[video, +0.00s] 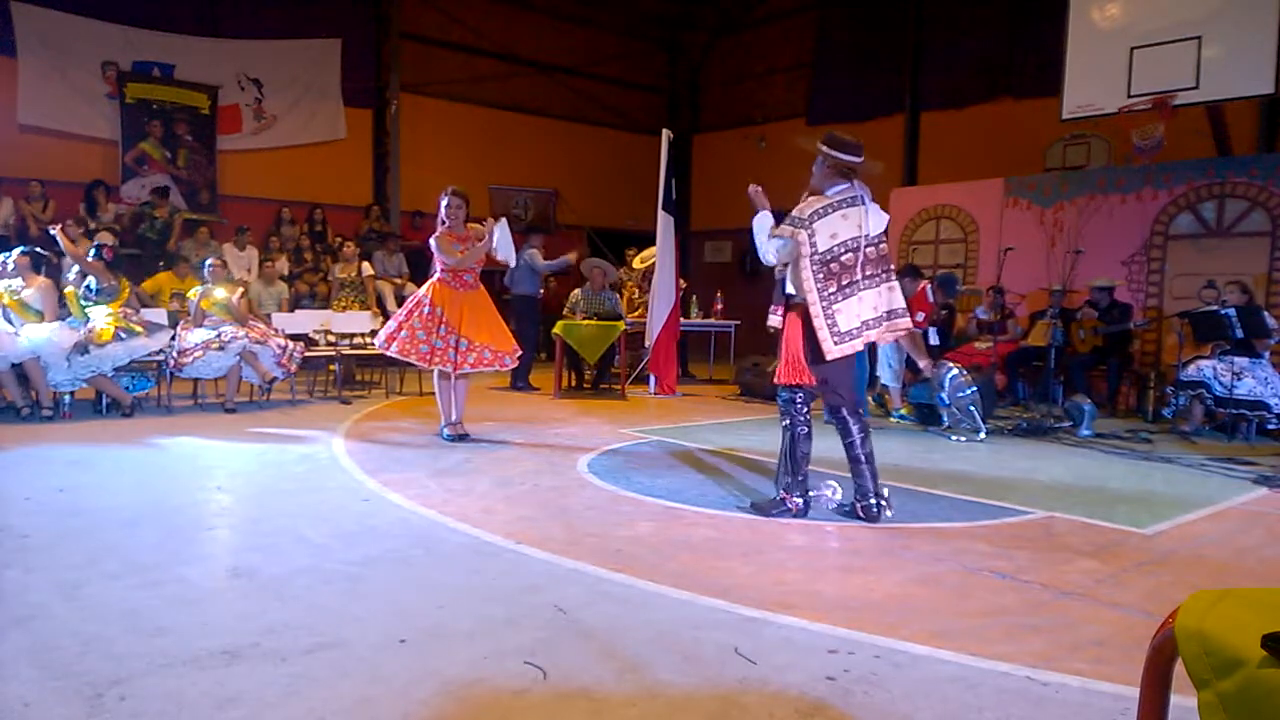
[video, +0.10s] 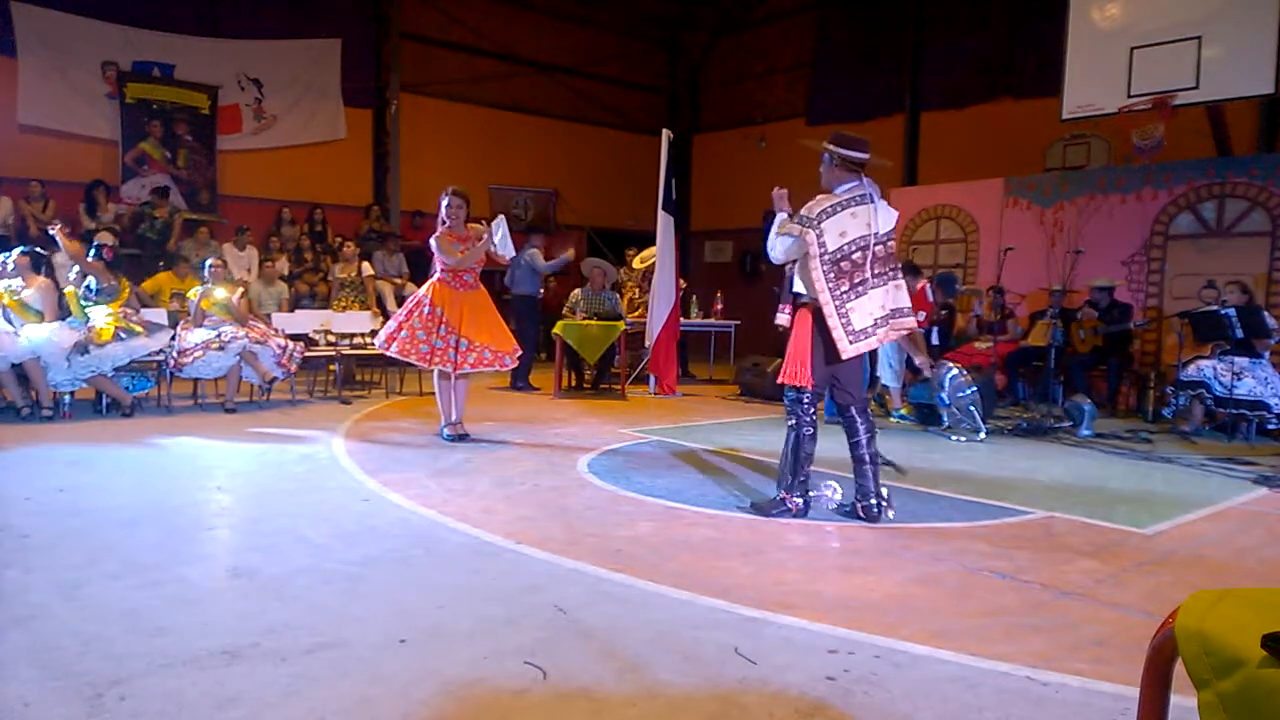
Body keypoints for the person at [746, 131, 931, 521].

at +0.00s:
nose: (813, 168)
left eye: (818, 163)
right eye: (817, 162)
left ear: (830, 168)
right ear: (853, 172)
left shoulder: (809, 211)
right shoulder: (867, 209)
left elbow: (772, 255)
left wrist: (761, 212)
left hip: (805, 318)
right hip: (847, 319)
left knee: (794, 403)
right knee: (846, 406)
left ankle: (793, 495)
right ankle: (869, 499)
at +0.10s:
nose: (820, 168)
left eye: (824, 162)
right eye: (823, 162)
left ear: (835, 166)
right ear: (858, 169)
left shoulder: (820, 209)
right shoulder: (881, 212)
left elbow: (779, 250)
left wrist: (780, 214)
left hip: (817, 317)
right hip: (859, 318)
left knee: (802, 404)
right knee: (854, 405)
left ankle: (793, 495)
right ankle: (870, 499)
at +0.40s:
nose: (825, 169)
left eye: (829, 163)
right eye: (828, 163)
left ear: (841, 166)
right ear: (863, 168)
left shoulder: (828, 210)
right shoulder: (886, 210)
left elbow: (784, 249)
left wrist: (774, 209)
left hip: (823, 320)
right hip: (865, 321)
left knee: (798, 398)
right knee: (863, 403)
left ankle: (791, 494)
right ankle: (872, 498)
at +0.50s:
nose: (823, 167)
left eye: (827, 161)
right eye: (826, 161)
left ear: (839, 165)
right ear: (861, 167)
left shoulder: (825, 208)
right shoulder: (885, 209)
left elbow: (785, 248)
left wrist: (790, 208)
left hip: (821, 317)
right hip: (864, 319)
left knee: (799, 400)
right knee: (863, 404)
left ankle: (787, 494)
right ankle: (871, 498)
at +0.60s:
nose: (819, 166)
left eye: (823, 160)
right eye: (822, 160)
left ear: (834, 165)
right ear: (857, 168)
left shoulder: (817, 208)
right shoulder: (881, 210)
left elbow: (777, 249)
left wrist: (776, 213)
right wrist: (803, 213)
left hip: (817, 317)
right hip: (861, 318)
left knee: (804, 404)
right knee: (861, 405)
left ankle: (786, 494)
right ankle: (870, 498)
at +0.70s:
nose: (812, 165)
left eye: (816, 160)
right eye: (815, 158)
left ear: (827, 165)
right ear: (851, 167)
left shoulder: (807, 207)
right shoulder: (872, 208)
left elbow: (767, 248)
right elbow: (880, 269)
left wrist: (760, 210)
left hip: (810, 318)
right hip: (855, 318)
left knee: (802, 406)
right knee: (856, 406)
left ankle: (785, 495)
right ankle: (870, 499)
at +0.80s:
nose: (804, 163)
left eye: (809, 158)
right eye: (807, 157)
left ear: (819, 164)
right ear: (844, 166)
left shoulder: (799, 208)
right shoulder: (862, 206)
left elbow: (759, 247)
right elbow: (877, 267)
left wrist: (771, 208)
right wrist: (895, 314)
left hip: (799, 318)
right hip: (846, 317)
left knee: (796, 404)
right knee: (845, 404)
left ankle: (784, 495)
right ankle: (868, 496)